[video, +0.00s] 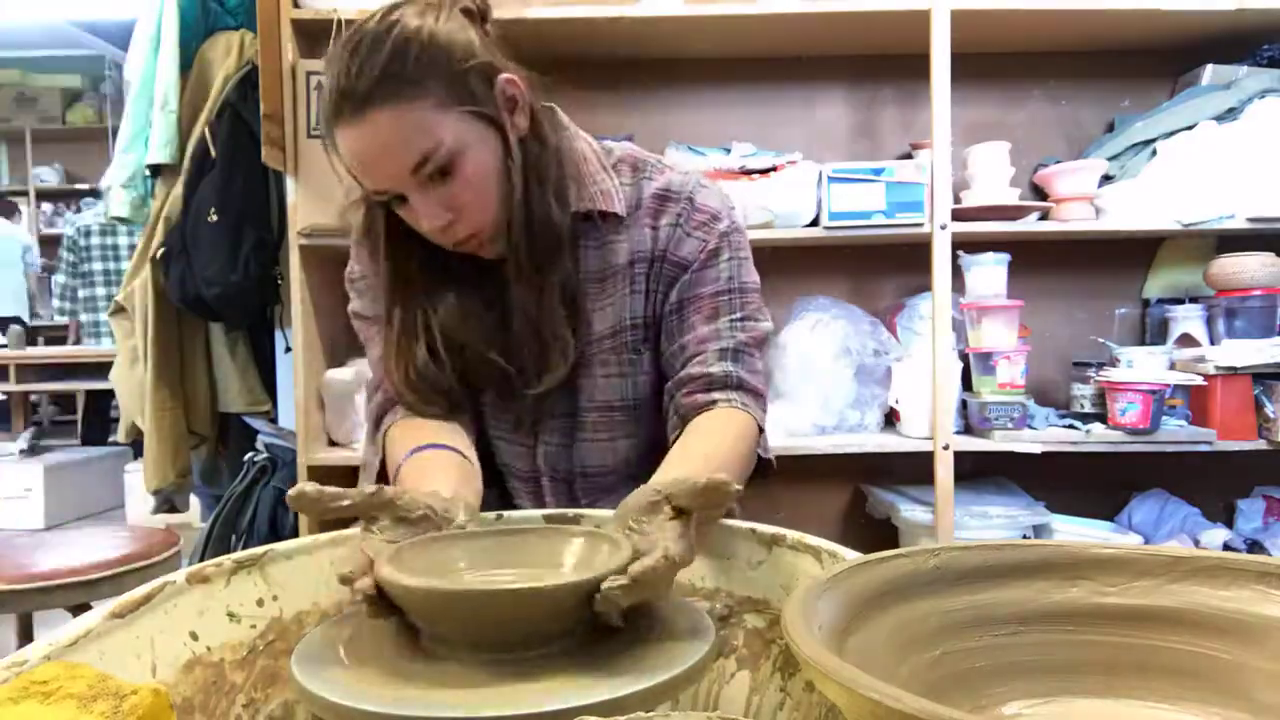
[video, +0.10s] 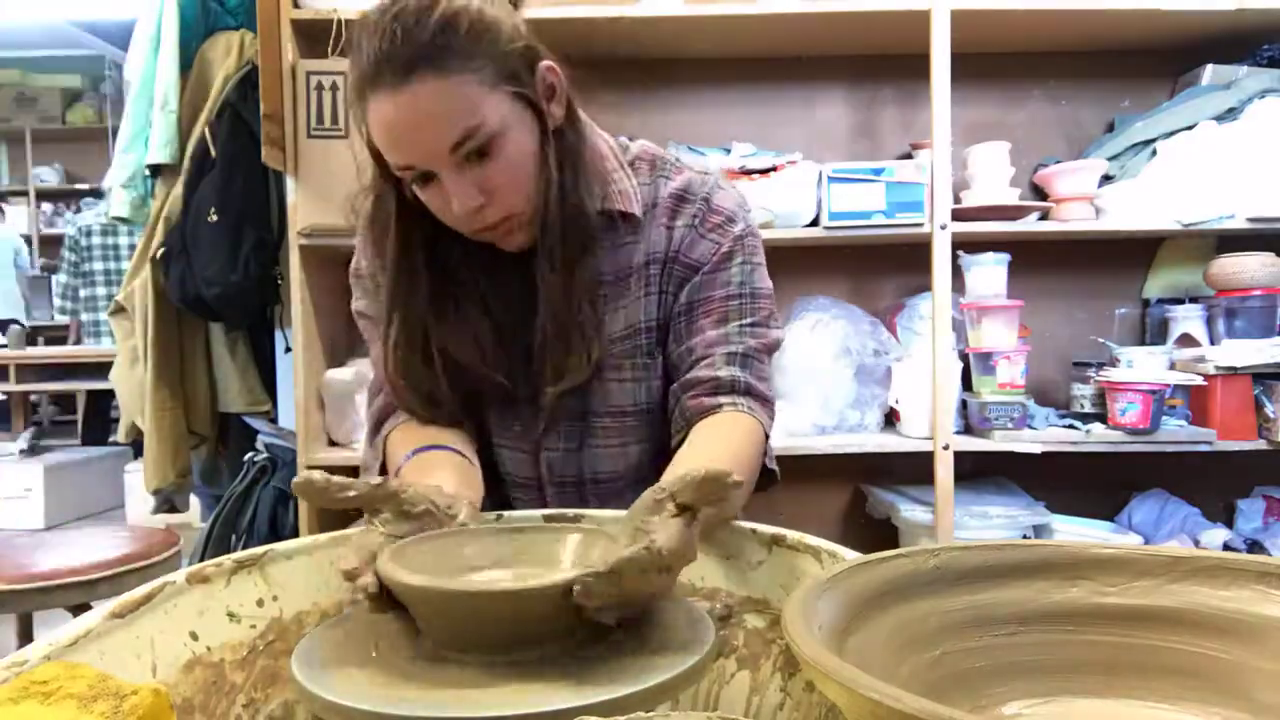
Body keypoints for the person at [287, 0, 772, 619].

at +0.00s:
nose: (432, 221)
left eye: (441, 172)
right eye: (396, 200)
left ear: (511, 108)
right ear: (374, 190)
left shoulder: (682, 220)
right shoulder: (391, 253)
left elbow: (726, 403)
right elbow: (419, 409)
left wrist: (662, 512)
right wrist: (432, 514)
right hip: (485, 584)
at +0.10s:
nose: (463, 205)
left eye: (479, 153)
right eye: (421, 178)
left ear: (548, 98)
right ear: (392, 168)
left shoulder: (695, 217)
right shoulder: (396, 247)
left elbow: (730, 403)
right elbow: (421, 415)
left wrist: (670, 518)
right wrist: (438, 512)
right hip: (488, 591)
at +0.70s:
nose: (557, 187)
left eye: (599, 148)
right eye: (523, 141)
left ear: (668, 118)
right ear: (486, 115)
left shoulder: (734, 237)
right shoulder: (411, 222)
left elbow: (754, 427)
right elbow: (333, 385)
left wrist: (696, 500)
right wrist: (392, 453)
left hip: (650, 591)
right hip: (453, 583)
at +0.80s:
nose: (557, 192)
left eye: (599, 154)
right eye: (524, 147)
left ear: (669, 122)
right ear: (488, 117)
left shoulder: (733, 237)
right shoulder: (414, 223)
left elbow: (755, 428)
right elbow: (341, 380)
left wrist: (700, 498)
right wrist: (381, 438)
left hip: (650, 584)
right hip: (456, 576)